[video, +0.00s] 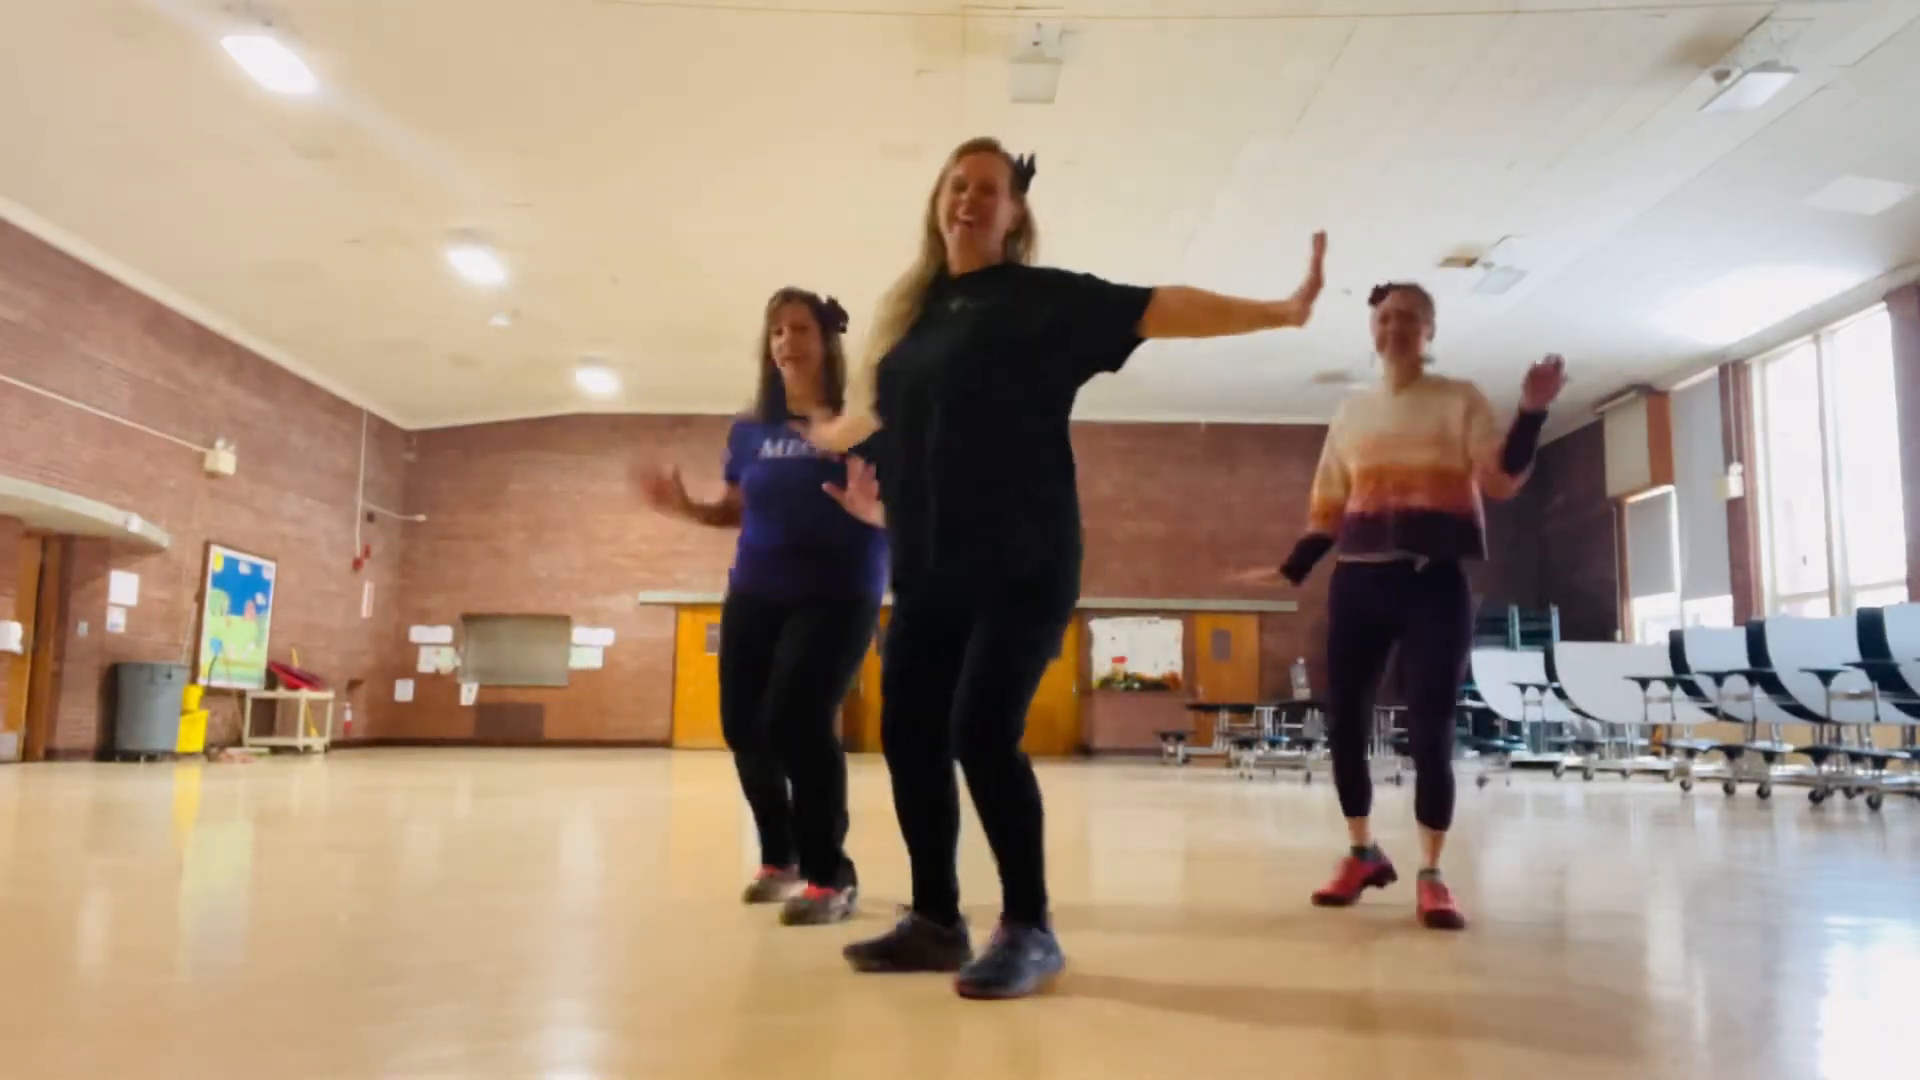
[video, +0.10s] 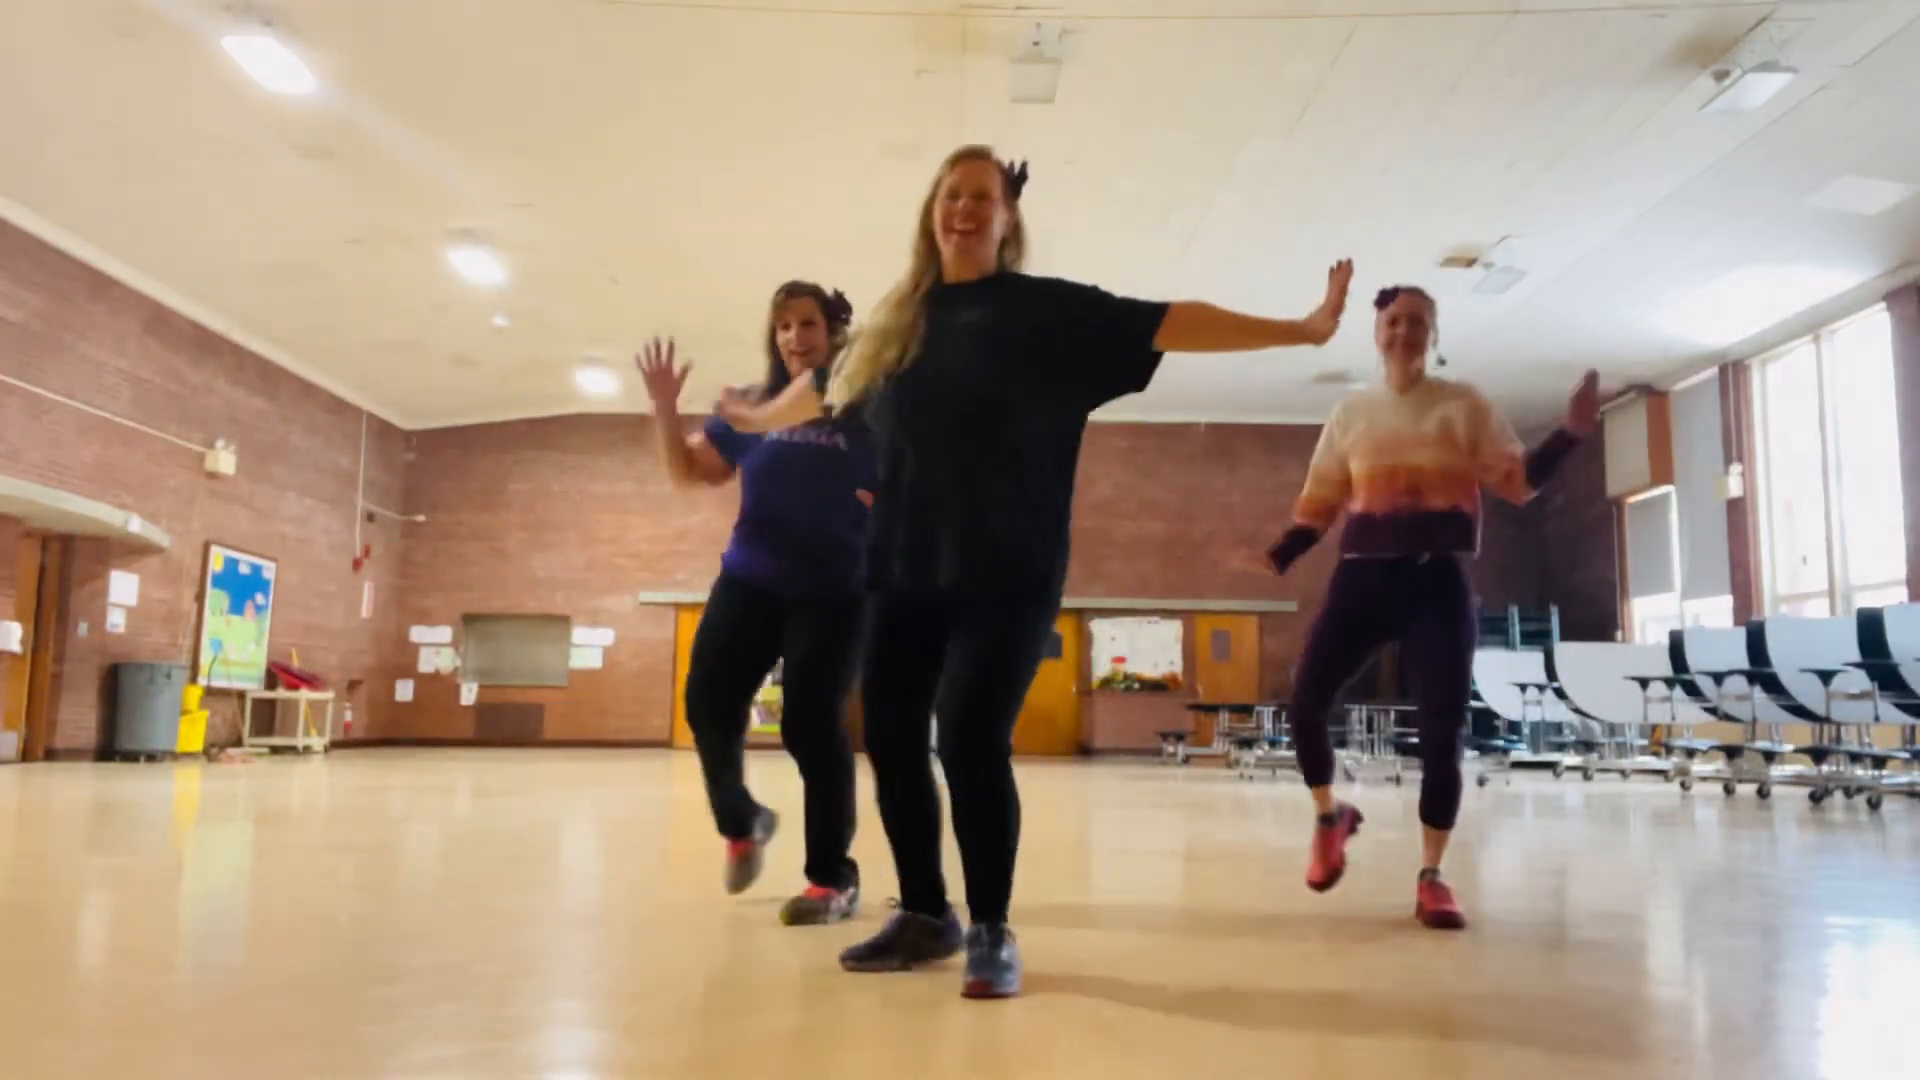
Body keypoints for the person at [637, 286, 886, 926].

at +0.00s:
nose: (787, 340)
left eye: (801, 330)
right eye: (778, 331)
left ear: (829, 340)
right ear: (766, 344)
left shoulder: (861, 427)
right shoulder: (751, 429)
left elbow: (908, 507)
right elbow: (734, 509)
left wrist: (876, 509)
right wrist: (683, 505)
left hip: (838, 597)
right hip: (758, 594)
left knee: (800, 719)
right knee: (744, 724)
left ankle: (830, 876)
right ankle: (781, 859)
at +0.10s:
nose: (796, 337)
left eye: (808, 326)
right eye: (785, 328)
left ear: (837, 333)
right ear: (773, 338)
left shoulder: (867, 405)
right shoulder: (753, 407)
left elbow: (910, 475)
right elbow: (691, 471)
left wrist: (892, 500)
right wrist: (667, 413)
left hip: (832, 589)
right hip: (752, 582)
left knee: (812, 728)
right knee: (708, 706)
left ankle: (833, 877)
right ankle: (741, 824)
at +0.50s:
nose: (799, 355)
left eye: (811, 343)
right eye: (786, 341)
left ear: (829, 350)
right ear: (766, 347)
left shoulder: (843, 426)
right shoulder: (727, 414)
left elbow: (862, 515)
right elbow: (674, 493)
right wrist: (668, 436)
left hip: (804, 602)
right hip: (716, 596)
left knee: (803, 741)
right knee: (702, 736)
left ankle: (814, 876)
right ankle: (673, 866)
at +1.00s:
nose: (812, 349)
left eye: (824, 339)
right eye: (804, 334)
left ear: (842, 349)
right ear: (785, 336)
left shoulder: (844, 426)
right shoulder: (741, 401)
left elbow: (863, 518)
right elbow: (680, 480)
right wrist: (666, 462)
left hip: (795, 596)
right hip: (712, 585)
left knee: (801, 736)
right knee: (692, 728)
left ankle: (816, 878)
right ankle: (665, 864)